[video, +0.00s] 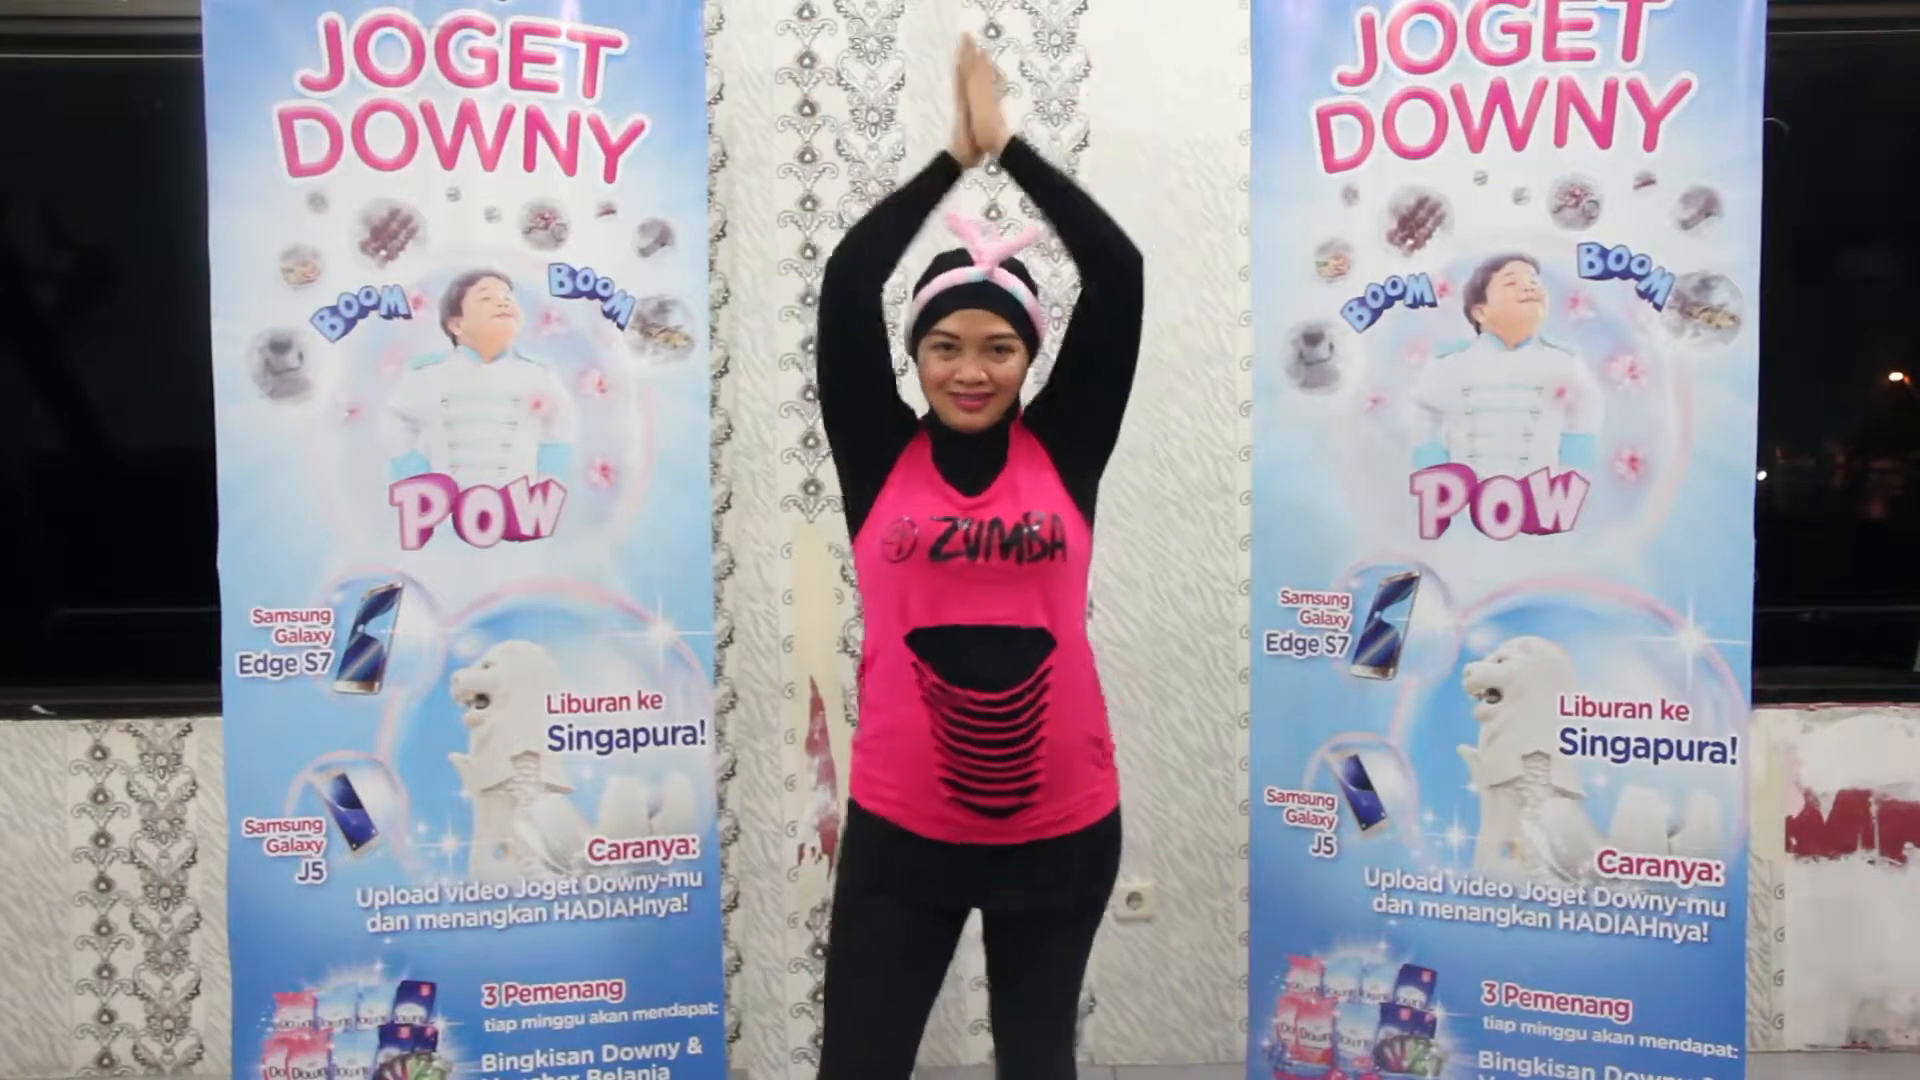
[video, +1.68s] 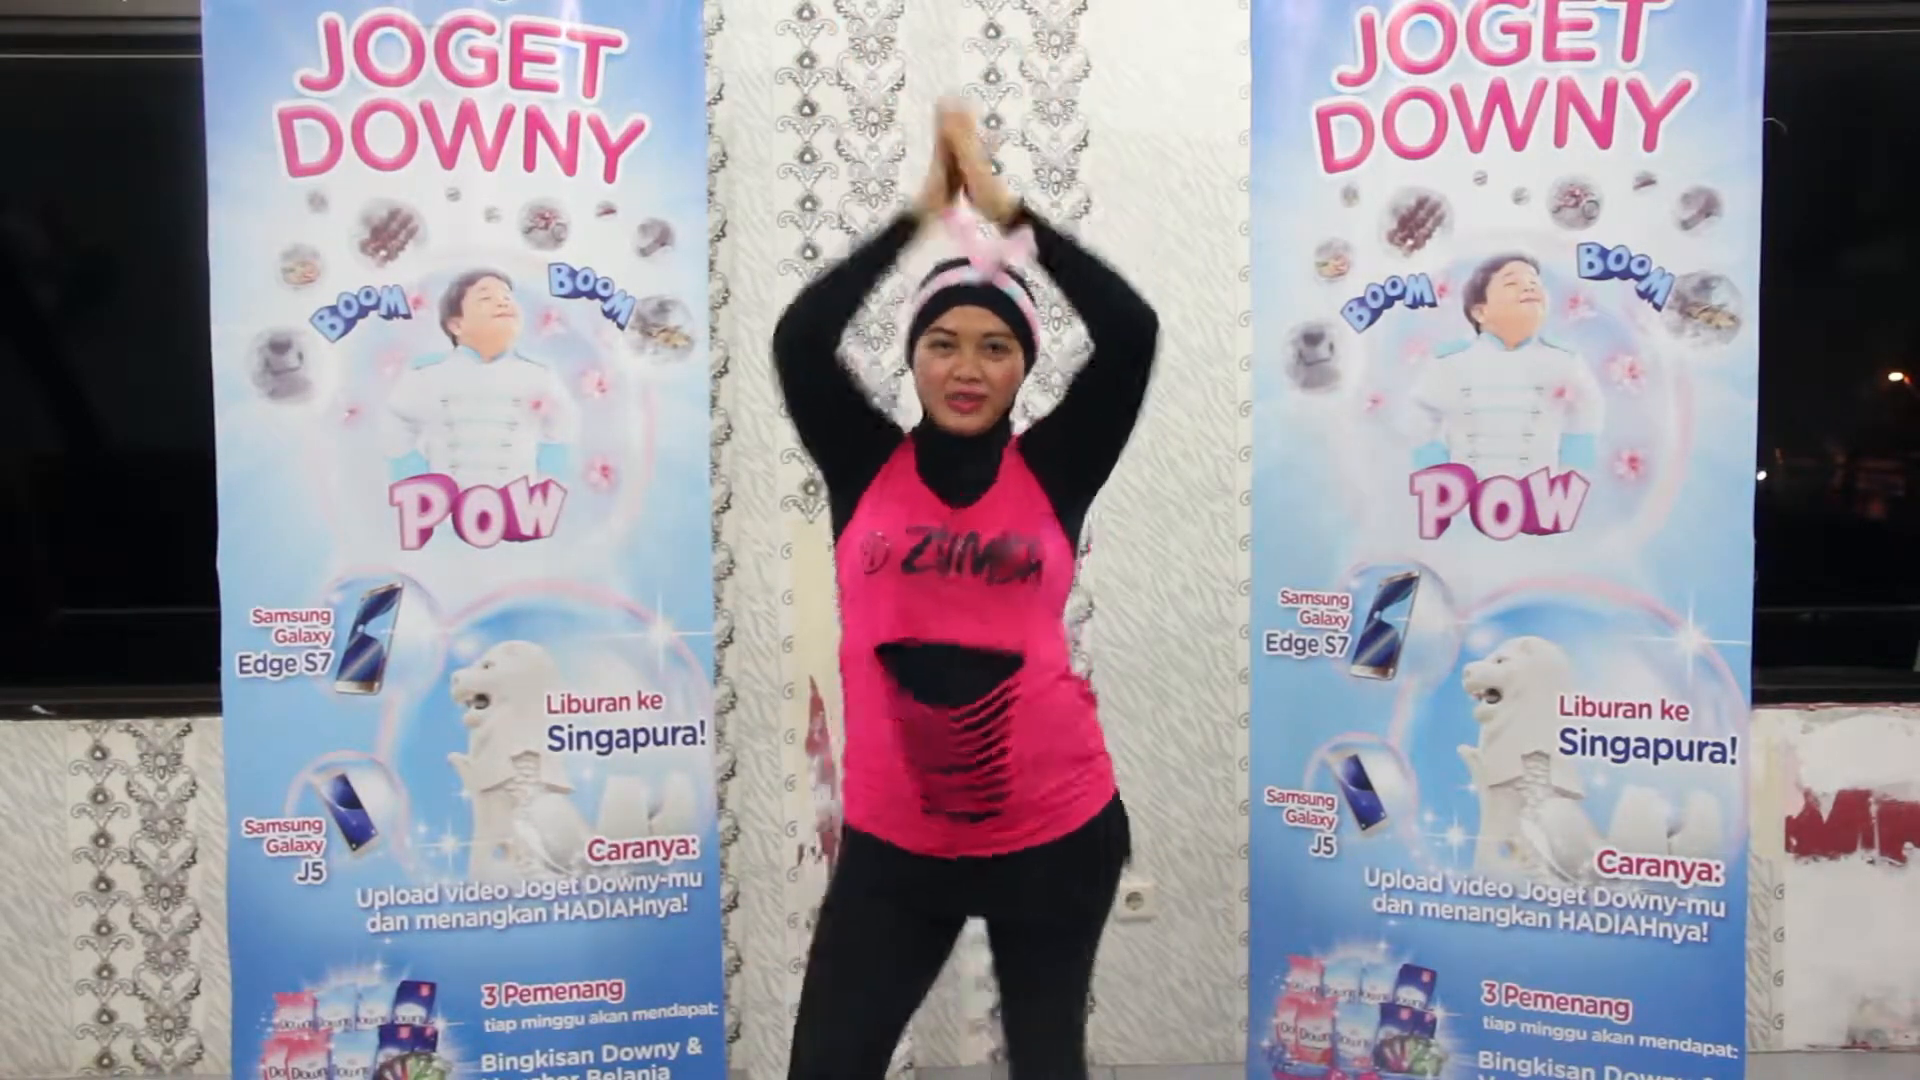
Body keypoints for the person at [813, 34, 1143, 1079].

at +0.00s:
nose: (971, 369)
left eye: (996, 349)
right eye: (949, 348)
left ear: (1029, 362)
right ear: (916, 360)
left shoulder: (1063, 455)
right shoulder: (879, 459)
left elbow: (1119, 269)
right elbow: (846, 284)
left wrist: (1007, 147)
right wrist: (955, 155)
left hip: (1056, 833)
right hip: (902, 830)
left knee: (1037, 1062)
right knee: (858, 1064)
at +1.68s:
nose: (967, 365)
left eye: (993, 347)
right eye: (944, 344)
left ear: (1023, 371)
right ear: (912, 365)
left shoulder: (1054, 472)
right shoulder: (865, 468)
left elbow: (1130, 331)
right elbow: (801, 336)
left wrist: (1014, 216)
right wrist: (917, 214)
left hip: (1052, 839)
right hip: (895, 842)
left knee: (1048, 1060)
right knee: (824, 1064)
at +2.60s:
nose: (879, 345)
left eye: (903, 327)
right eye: (858, 327)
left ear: (938, 350)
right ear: (826, 350)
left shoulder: (976, 446)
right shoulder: (779, 450)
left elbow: (1056, 279)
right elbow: (681, 305)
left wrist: (1147, 124)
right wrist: (614, 137)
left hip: (977, 835)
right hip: (815, 840)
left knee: (1041, 1063)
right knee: (761, 1063)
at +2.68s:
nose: (869, 355)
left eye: (895, 340)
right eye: (847, 335)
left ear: (928, 370)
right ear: (813, 363)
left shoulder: (958, 472)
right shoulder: (770, 467)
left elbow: (1055, 318)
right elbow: (690, 305)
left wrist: (1130, 146)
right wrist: (607, 142)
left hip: (958, 849)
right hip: (796, 850)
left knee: (1022, 1064)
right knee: (740, 1064)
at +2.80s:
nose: (869, 330)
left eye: (895, 314)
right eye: (846, 310)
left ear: (927, 342)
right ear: (812, 335)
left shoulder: (972, 442)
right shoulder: (752, 445)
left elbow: (1148, 421)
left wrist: (1127, 277)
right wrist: (584, 281)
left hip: (960, 824)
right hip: (797, 827)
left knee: (1004, 1057)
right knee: (763, 1062)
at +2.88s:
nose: (870, 337)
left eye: (896, 318)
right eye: (845, 315)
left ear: (928, 344)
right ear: (813, 338)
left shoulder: (980, 453)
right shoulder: (757, 465)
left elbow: (1129, 558)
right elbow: (621, 590)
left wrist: (1127, 468)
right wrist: (600, 482)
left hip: (966, 817)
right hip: (808, 820)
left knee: (997, 1060)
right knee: (767, 1061)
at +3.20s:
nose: (859, 374)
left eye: (884, 356)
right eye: (835, 354)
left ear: (911, 381)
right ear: (799, 377)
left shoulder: (931, 493)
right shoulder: (751, 490)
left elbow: (919, 651)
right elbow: (832, 529)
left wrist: (995, 623)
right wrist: (989, 542)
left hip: (938, 796)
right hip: (794, 820)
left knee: (890, 932)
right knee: (757, 1062)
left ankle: (952, 1071)